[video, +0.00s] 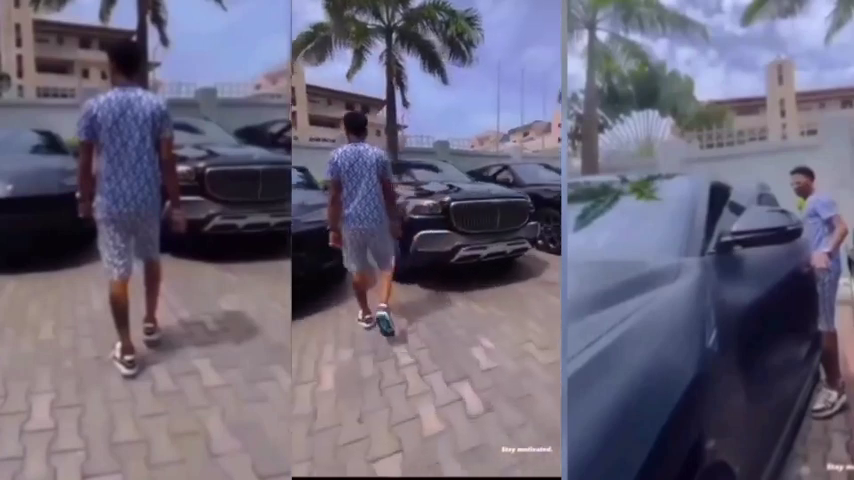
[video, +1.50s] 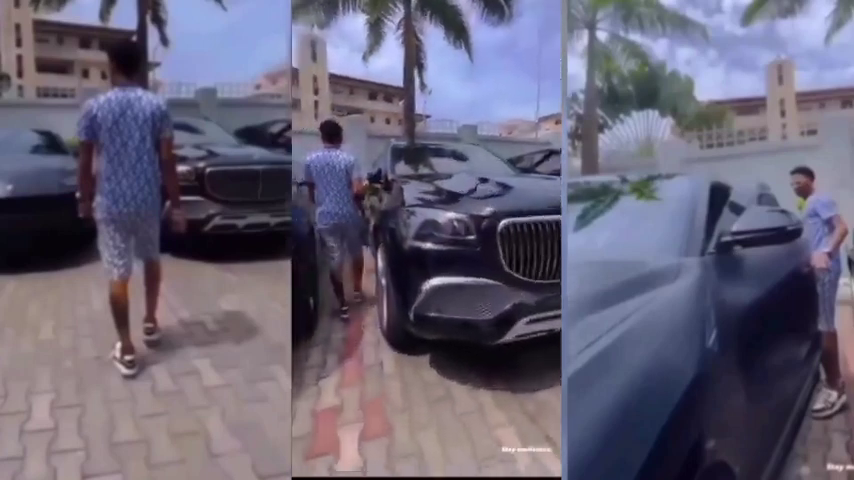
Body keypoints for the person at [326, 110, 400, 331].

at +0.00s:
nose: (349, 133)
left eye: (345, 129)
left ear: (345, 130)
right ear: (366, 129)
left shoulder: (337, 156)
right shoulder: (378, 155)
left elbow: (335, 196)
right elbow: (389, 192)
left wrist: (334, 228)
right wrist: (394, 220)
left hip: (351, 224)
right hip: (378, 222)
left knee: (357, 271)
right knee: (387, 266)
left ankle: (365, 313)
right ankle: (384, 304)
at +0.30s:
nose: (330, 137)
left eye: (325, 132)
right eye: (339, 133)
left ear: (321, 133)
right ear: (343, 133)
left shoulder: (309, 157)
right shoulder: (352, 158)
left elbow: (300, 192)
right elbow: (360, 195)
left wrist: (301, 222)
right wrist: (369, 225)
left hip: (320, 223)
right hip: (348, 221)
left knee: (329, 275)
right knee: (354, 261)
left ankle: (339, 331)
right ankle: (356, 297)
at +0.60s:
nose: (315, 139)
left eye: (312, 134)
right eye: (324, 135)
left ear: (309, 134)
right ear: (329, 136)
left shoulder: (296, 159)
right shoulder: (336, 162)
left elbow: (293, 191)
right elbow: (345, 195)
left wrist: (294, 214)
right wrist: (349, 221)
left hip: (304, 219)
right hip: (331, 219)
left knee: (303, 267)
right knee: (334, 262)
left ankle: (310, 311)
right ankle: (331, 306)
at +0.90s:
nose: (300, 139)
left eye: (296, 134)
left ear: (295, 134)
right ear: (316, 135)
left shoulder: (287, 156)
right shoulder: (325, 160)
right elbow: (338, 190)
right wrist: (341, 213)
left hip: (297, 221)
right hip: (323, 222)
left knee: (301, 267)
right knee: (323, 270)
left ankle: (308, 299)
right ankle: (320, 322)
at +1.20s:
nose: (307, 137)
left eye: (300, 134)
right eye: (312, 132)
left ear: (297, 134)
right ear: (317, 133)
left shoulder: (291, 158)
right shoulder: (326, 157)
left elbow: (286, 187)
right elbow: (338, 185)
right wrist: (334, 199)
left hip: (300, 215)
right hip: (326, 213)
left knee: (311, 260)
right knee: (337, 256)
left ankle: (322, 299)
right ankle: (330, 303)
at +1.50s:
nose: (333, 140)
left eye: (326, 136)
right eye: (337, 136)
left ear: (321, 137)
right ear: (341, 137)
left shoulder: (311, 160)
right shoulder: (349, 159)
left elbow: (310, 192)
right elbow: (358, 188)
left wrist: (315, 204)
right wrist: (359, 202)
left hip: (325, 214)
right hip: (348, 213)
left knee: (333, 259)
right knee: (356, 252)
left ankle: (342, 304)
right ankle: (357, 289)